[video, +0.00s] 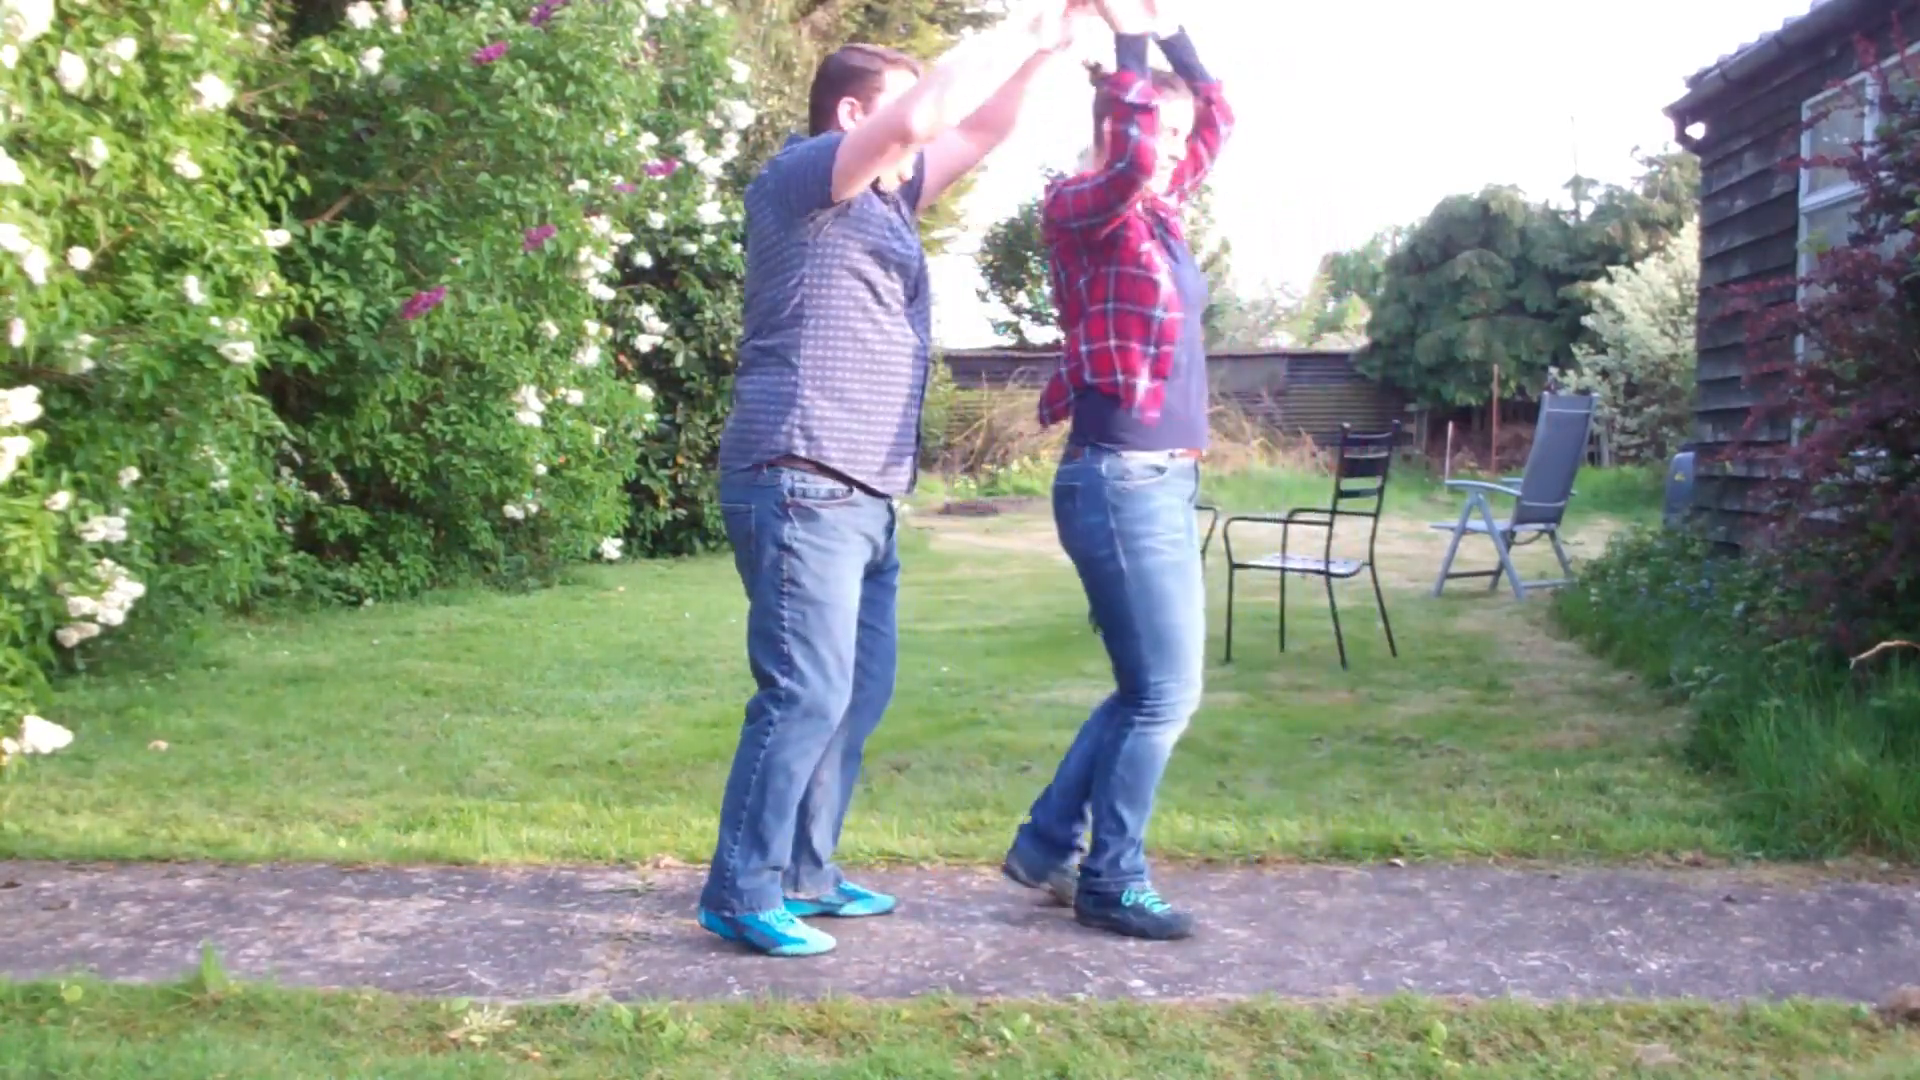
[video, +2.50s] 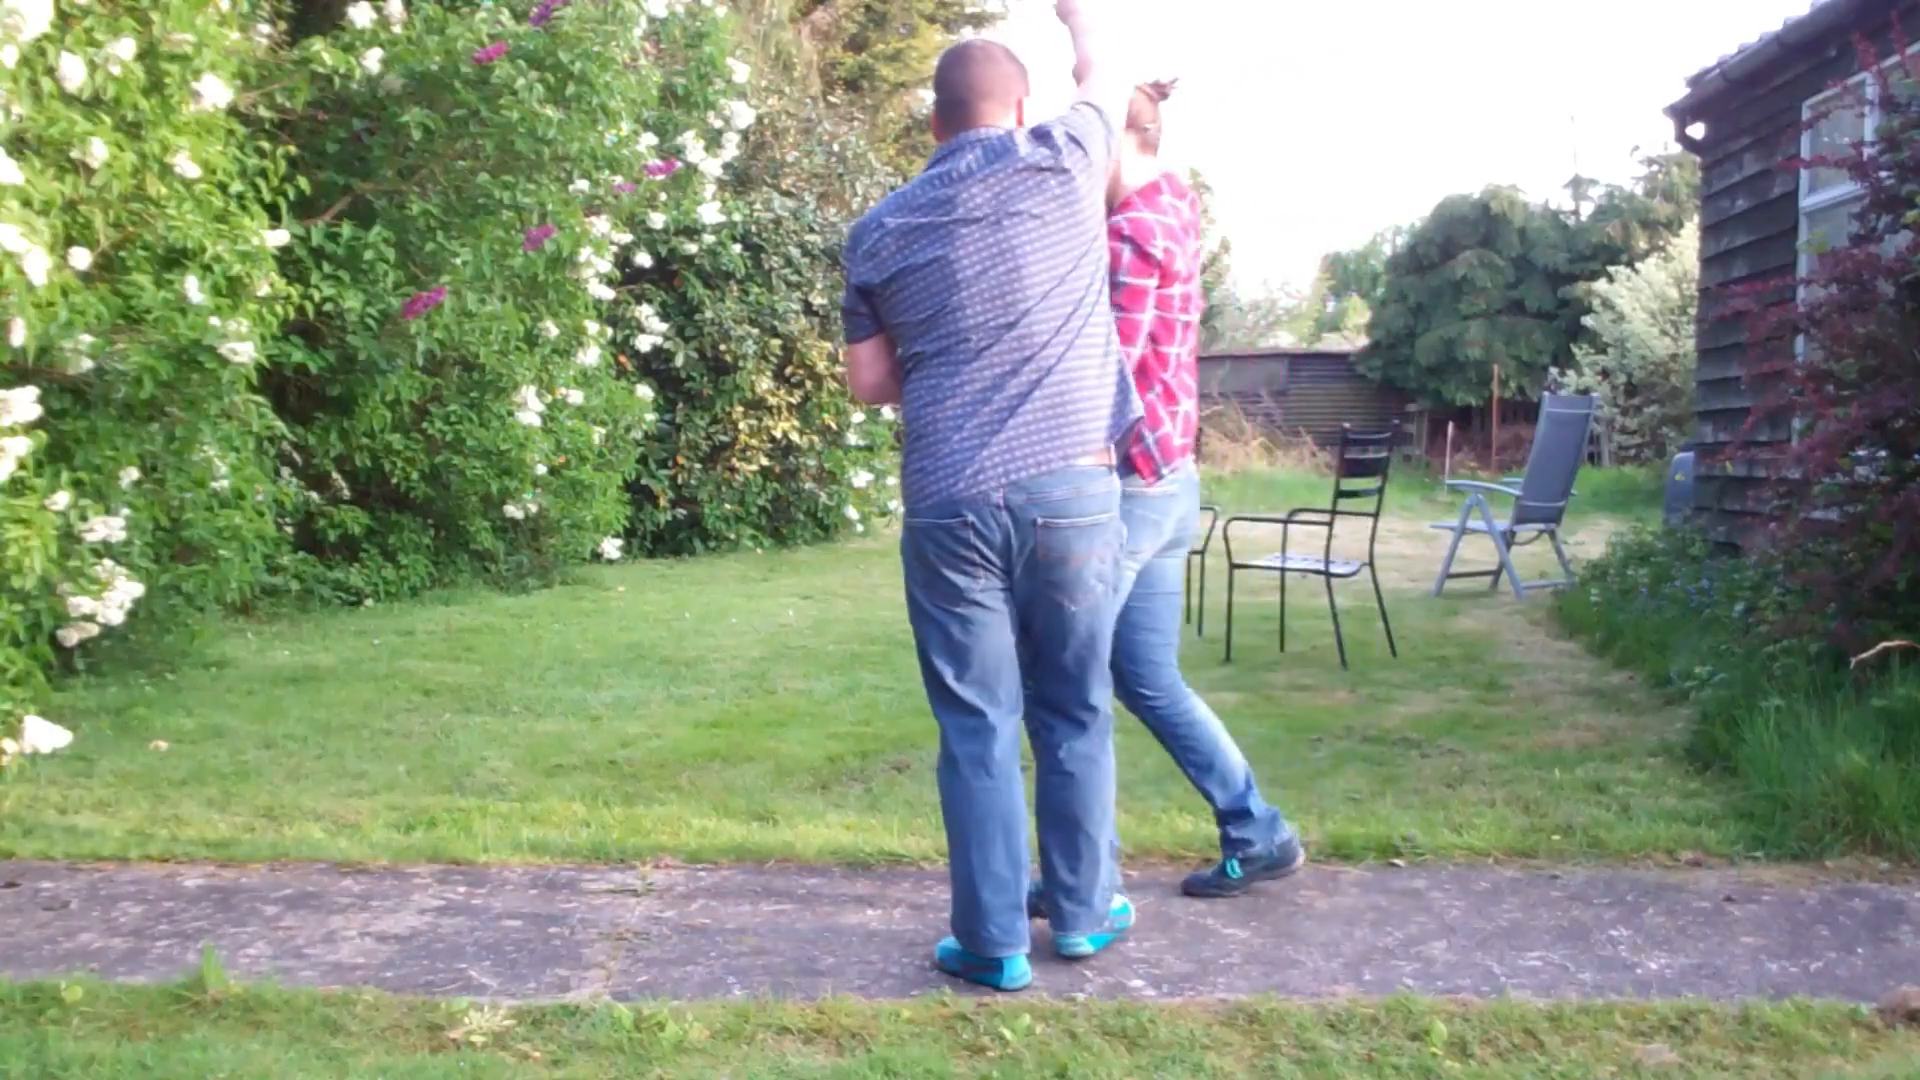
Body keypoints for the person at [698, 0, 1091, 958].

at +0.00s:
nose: (911, 121)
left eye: (915, 106)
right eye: (895, 105)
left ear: (899, 123)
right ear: (839, 110)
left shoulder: (889, 197)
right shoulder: (792, 182)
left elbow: (983, 131)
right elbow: (910, 119)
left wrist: (1050, 47)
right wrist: (1015, 36)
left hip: (867, 498)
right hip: (798, 486)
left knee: (857, 694)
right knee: (804, 693)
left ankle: (807, 871)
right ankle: (739, 893)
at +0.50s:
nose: (936, 143)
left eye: (935, 126)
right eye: (923, 124)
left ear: (875, 123)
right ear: (867, 123)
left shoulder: (897, 196)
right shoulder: (831, 209)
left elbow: (994, 204)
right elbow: (869, 365)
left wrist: (1033, 153)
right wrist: (957, 419)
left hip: (852, 470)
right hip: (811, 470)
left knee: (805, 679)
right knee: (880, 666)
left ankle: (788, 879)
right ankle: (880, 883)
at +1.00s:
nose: (1014, 125)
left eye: (1012, 110)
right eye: (999, 108)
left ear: (956, 120)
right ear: (948, 117)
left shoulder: (978, 220)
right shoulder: (911, 183)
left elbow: (1003, 350)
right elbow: (1044, 162)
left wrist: (1092, 365)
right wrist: (1111, 120)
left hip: (971, 478)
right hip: (921, 471)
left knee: (979, 673)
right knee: (958, 680)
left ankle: (847, 822)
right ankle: (951, 889)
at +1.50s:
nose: (1071, 125)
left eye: (1086, 113)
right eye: (1053, 112)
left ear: (1107, 134)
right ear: (1022, 125)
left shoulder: (1112, 229)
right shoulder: (980, 196)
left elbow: (1130, 357)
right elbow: (1007, 84)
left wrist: (1143, 456)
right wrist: (1032, 63)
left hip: (1104, 507)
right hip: (1003, 499)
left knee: (1120, 689)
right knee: (1046, 687)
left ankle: (1095, 861)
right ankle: (1000, 874)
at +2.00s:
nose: (969, 124)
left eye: (976, 106)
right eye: (974, 106)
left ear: (1006, 106)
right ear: (1056, 108)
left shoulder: (1016, 198)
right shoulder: (1085, 191)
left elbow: (950, 350)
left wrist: (902, 340)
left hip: (1027, 483)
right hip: (1074, 477)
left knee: (966, 677)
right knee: (1013, 679)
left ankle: (1064, 880)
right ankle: (1066, 873)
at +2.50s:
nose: (1027, 110)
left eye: (1012, 99)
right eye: (1022, 99)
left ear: (933, 117)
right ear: (1017, 108)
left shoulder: (877, 229)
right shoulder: (1061, 160)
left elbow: (869, 380)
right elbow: (1092, 76)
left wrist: (950, 355)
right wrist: (1068, 15)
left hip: (948, 493)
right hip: (1073, 475)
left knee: (974, 726)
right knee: (1076, 712)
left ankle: (990, 943)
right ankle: (1082, 912)